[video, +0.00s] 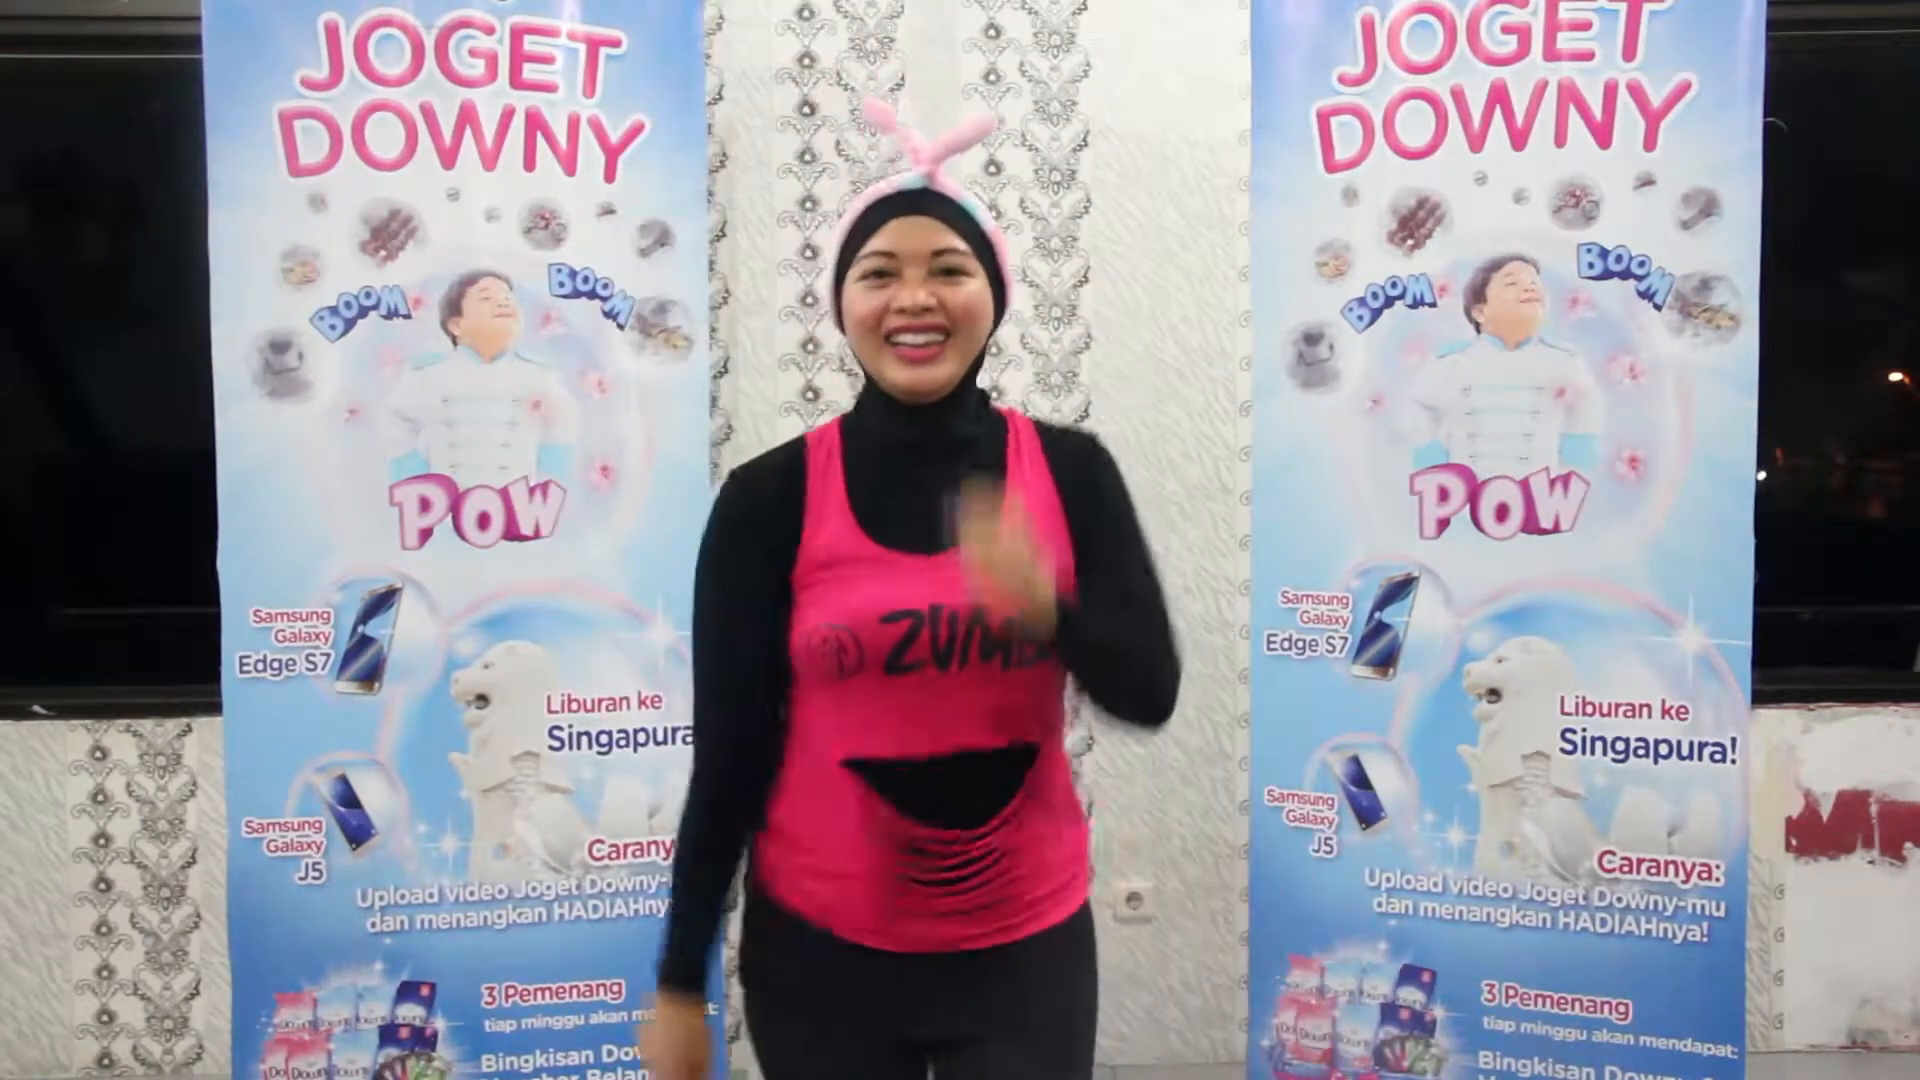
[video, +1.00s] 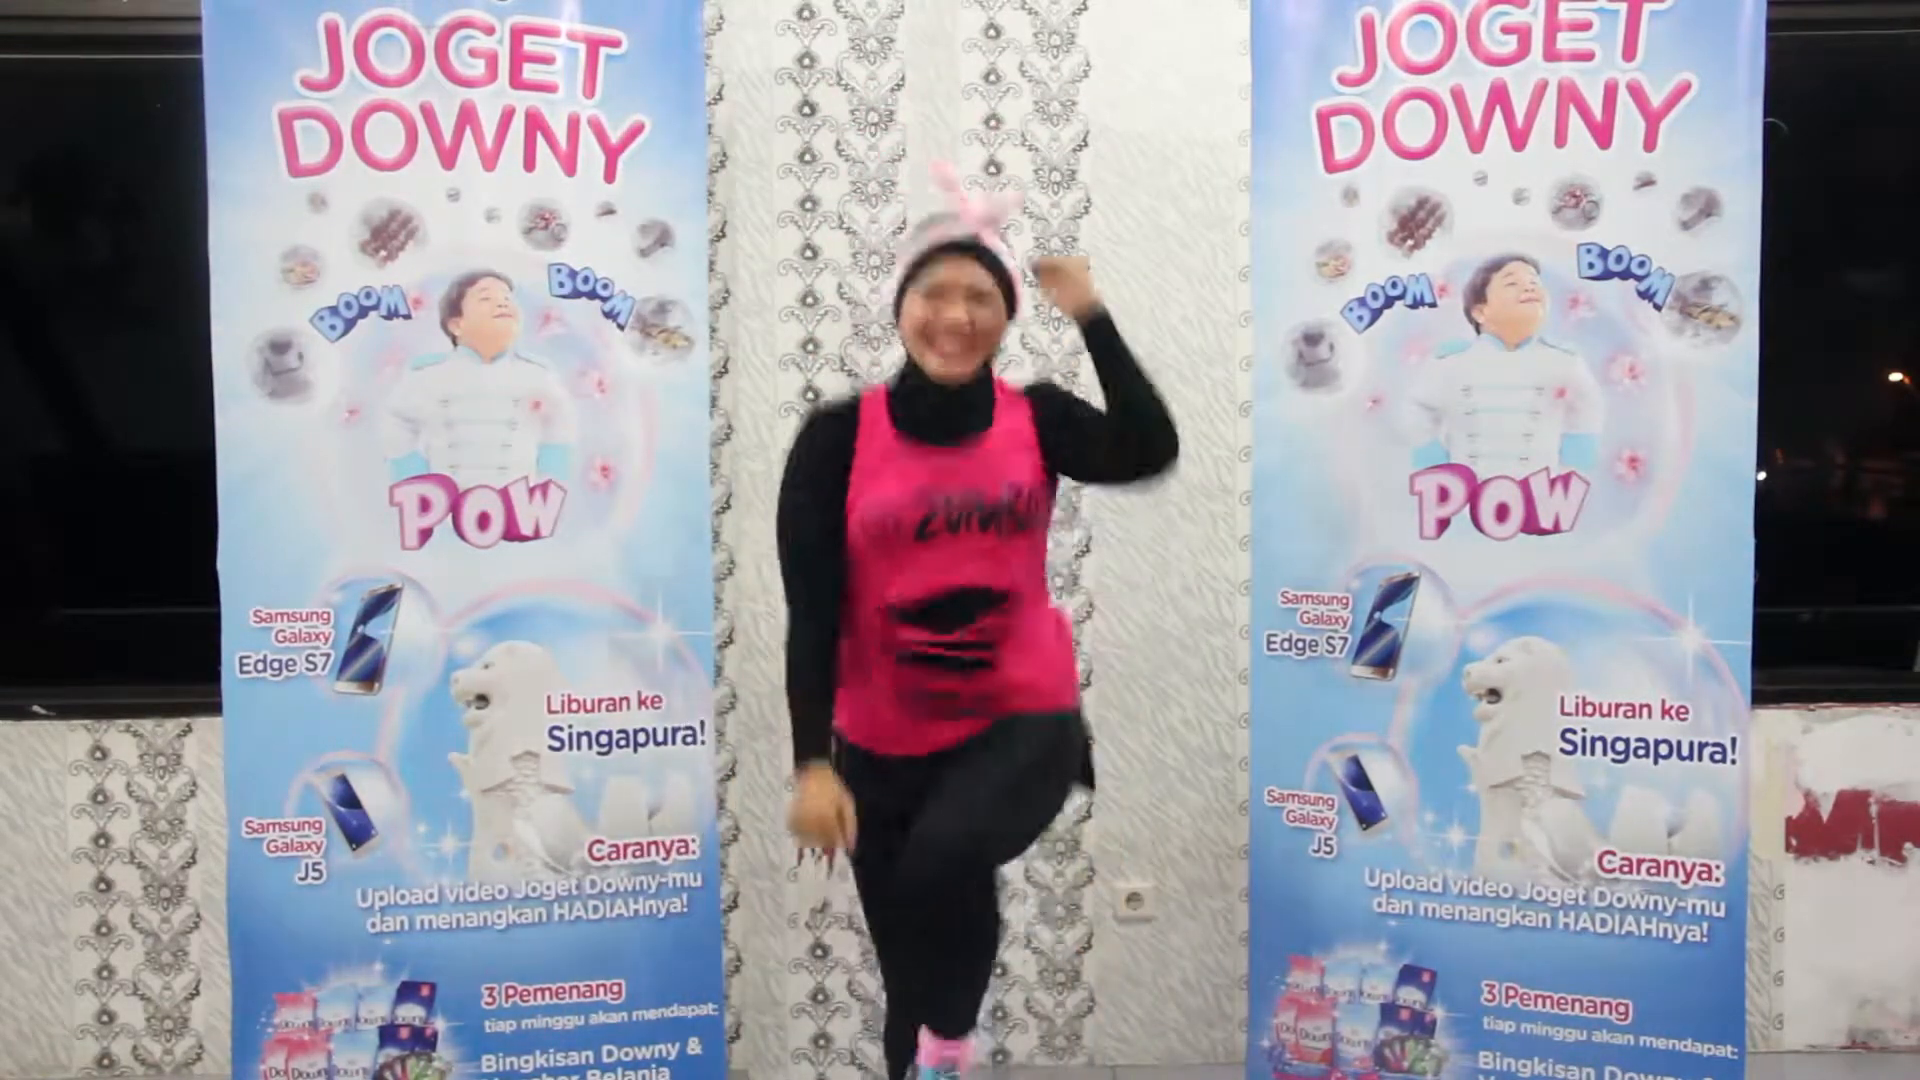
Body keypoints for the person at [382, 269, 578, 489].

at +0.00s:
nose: (503, 302)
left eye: (508, 296)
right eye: (485, 297)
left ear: (518, 314)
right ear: (455, 324)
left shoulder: (539, 380)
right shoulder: (421, 380)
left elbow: (560, 443)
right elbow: (396, 434)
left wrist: (544, 499)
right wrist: (415, 494)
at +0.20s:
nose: (503, 302)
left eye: (508, 297)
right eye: (485, 297)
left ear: (518, 315)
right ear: (455, 324)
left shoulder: (539, 378)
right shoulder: (422, 377)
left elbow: (559, 441)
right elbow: (394, 428)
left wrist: (543, 498)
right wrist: (415, 488)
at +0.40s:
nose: (503, 302)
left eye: (508, 297)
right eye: (485, 297)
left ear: (518, 315)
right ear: (455, 324)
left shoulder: (539, 378)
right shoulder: (422, 377)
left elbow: (559, 441)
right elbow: (394, 428)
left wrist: (543, 498)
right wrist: (415, 488)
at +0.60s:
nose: (503, 302)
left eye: (508, 297)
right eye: (485, 298)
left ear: (518, 315)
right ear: (455, 324)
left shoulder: (539, 378)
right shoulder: (422, 377)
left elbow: (559, 442)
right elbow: (394, 429)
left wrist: (542, 501)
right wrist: (415, 490)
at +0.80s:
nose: (502, 303)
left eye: (508, 297)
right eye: (484, 298)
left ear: (518, 316)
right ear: (455, 324)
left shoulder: (537, 376)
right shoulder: (424, 377)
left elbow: (559, 434)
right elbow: (394, 426)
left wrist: (545, 494)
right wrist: (414, 486)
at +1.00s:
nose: (502, 303)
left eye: (508, 297)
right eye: (484, 298)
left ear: (518, 316)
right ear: (455, 324)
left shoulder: (537, 376)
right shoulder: (424, 377)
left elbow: (559, 434)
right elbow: (394, 426)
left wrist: (545, 494)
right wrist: (413, 486)